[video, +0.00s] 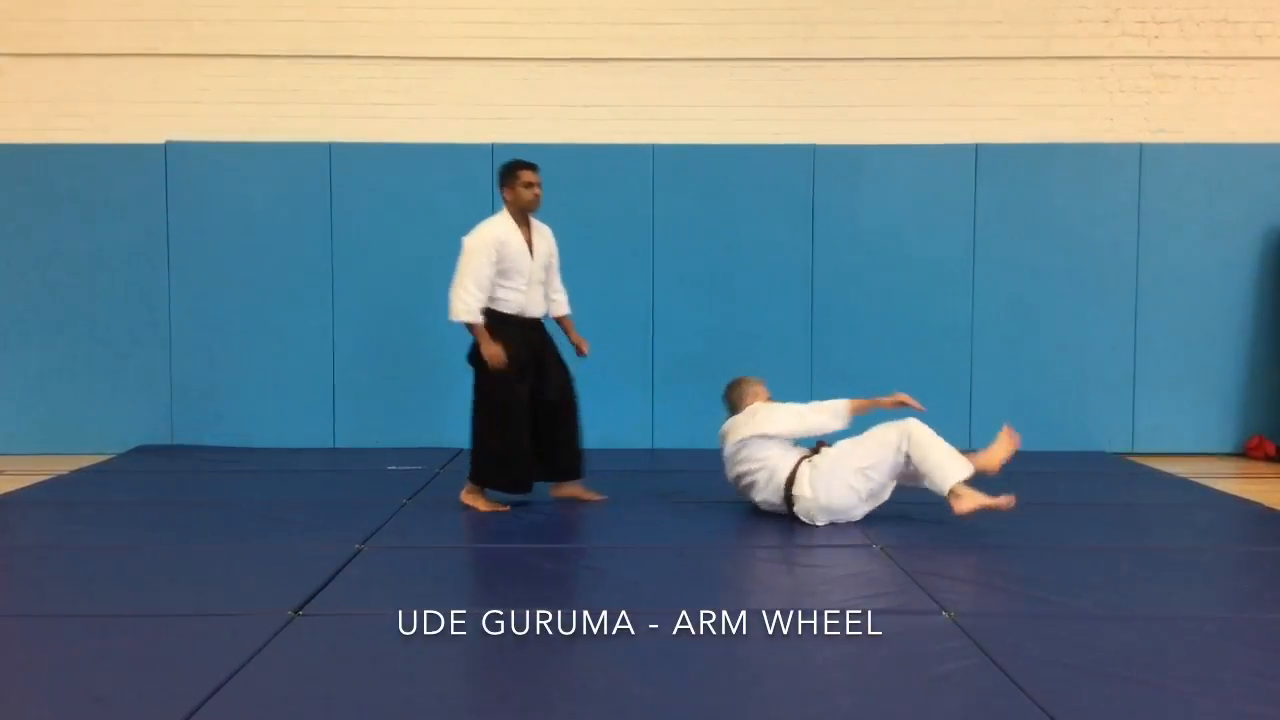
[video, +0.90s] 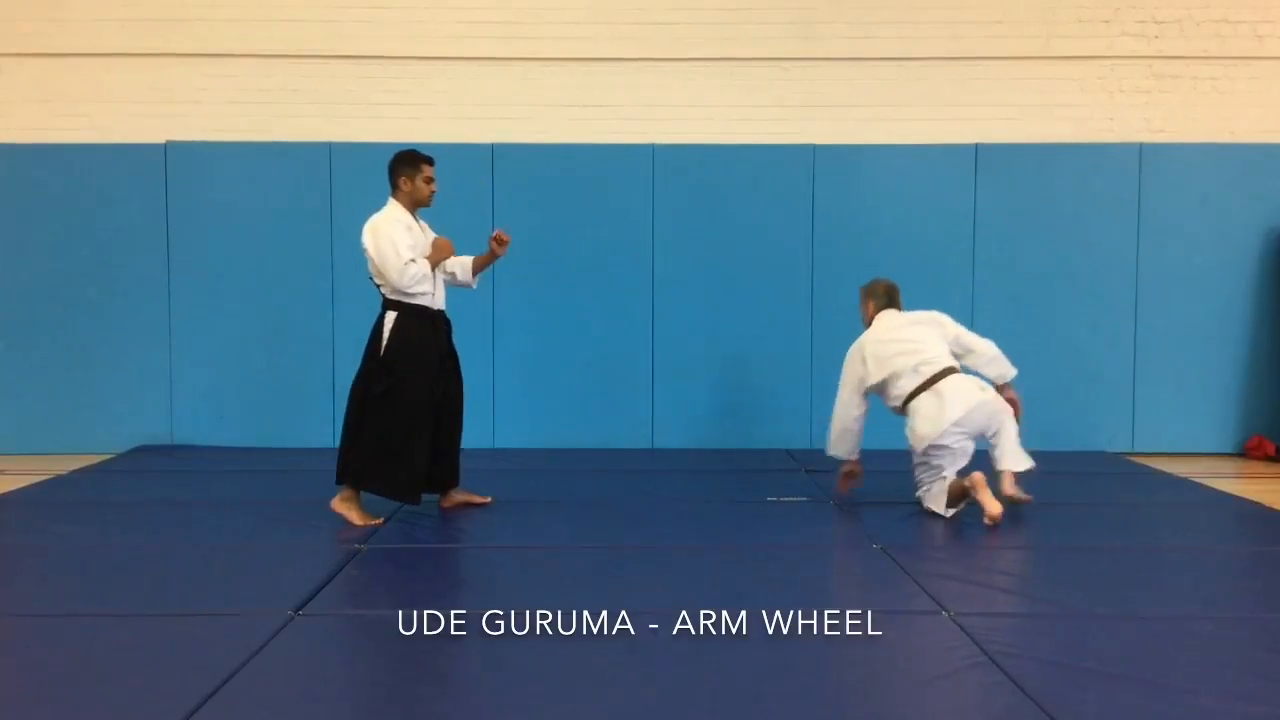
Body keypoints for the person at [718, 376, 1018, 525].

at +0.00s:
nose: (771, 401)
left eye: (768, 397)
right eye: (766, 396)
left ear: (733, 406)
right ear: (753, 398)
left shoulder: (734, 450)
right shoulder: (755, 417)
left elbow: (772, 484)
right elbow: (819, 414)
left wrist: (811, 457)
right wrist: (879, 402)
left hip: (814, 512)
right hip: (816, 482)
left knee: (901, 466)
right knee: (906, 430)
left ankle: (979, 462)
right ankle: (959, 493)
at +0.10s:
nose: (797, 383)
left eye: (795, 378)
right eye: (793, 378)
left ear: (760, 387)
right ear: (784, 380)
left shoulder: (750, 437)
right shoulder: (784, 398)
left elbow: (781, 484)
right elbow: (854, 408)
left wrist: (829, 453)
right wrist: (913, 404)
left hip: (825, 508)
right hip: (829, 478)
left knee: (899, 463)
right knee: (915, 426)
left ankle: (964, 479)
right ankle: (944, 498)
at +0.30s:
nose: (846, 365)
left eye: (845, 361)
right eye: (845, 361)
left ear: (812, 362)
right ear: (840, 361)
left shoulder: (784, 410)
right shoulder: (835, 379)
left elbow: (778, 466)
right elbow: (891, 399)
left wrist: (813, 488)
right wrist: (938, 411)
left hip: (833, 508)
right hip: (841, 470)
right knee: (925, 426)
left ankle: (938, 507)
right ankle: (915, 504)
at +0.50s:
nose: (886, 357)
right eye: (884, 354)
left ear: (850, 358)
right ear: (881, 355)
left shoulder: (825, 390)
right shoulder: (885, 368)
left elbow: (802, 445)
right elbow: (945, 395)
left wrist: (805, 490)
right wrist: (960, 417)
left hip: (838, 490)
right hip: (863, 452)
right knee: (962, 445)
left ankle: (941, 514)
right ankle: (916, 513)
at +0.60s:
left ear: (853, 353)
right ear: (884, 346)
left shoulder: (835, 385)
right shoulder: (894, 357)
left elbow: (811, 440)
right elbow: (955, 381)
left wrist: (808, 487)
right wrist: (969, 408)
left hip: (861, 465)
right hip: (893, 432)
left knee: (930, 485)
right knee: (992, 448)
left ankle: (949, 508)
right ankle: (933, 495)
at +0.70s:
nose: (851, 345)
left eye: (851, 341)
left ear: (855, 342)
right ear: (884, 334)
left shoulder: (845, 375)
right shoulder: (904, 344)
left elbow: (821, 433)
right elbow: (964, 366)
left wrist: (810, 483)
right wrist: (979, 395)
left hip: (896, 443)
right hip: (932, 414)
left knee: (921, 494)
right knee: (1011, 443)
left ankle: (946, 495)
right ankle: (974, 475)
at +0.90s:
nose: (861, 313)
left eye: (862, 307)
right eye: (861, 307)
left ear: (870, 307)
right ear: (898, 304)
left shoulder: (862, 348)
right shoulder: (930, 319)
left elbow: (848, 411)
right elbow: (981, 348)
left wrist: (851, 460)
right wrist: (1004, 386)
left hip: (930, 417)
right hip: (969, 394)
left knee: (932, 494)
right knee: (1004, 417)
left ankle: (968, 485)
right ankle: (1008, 480)